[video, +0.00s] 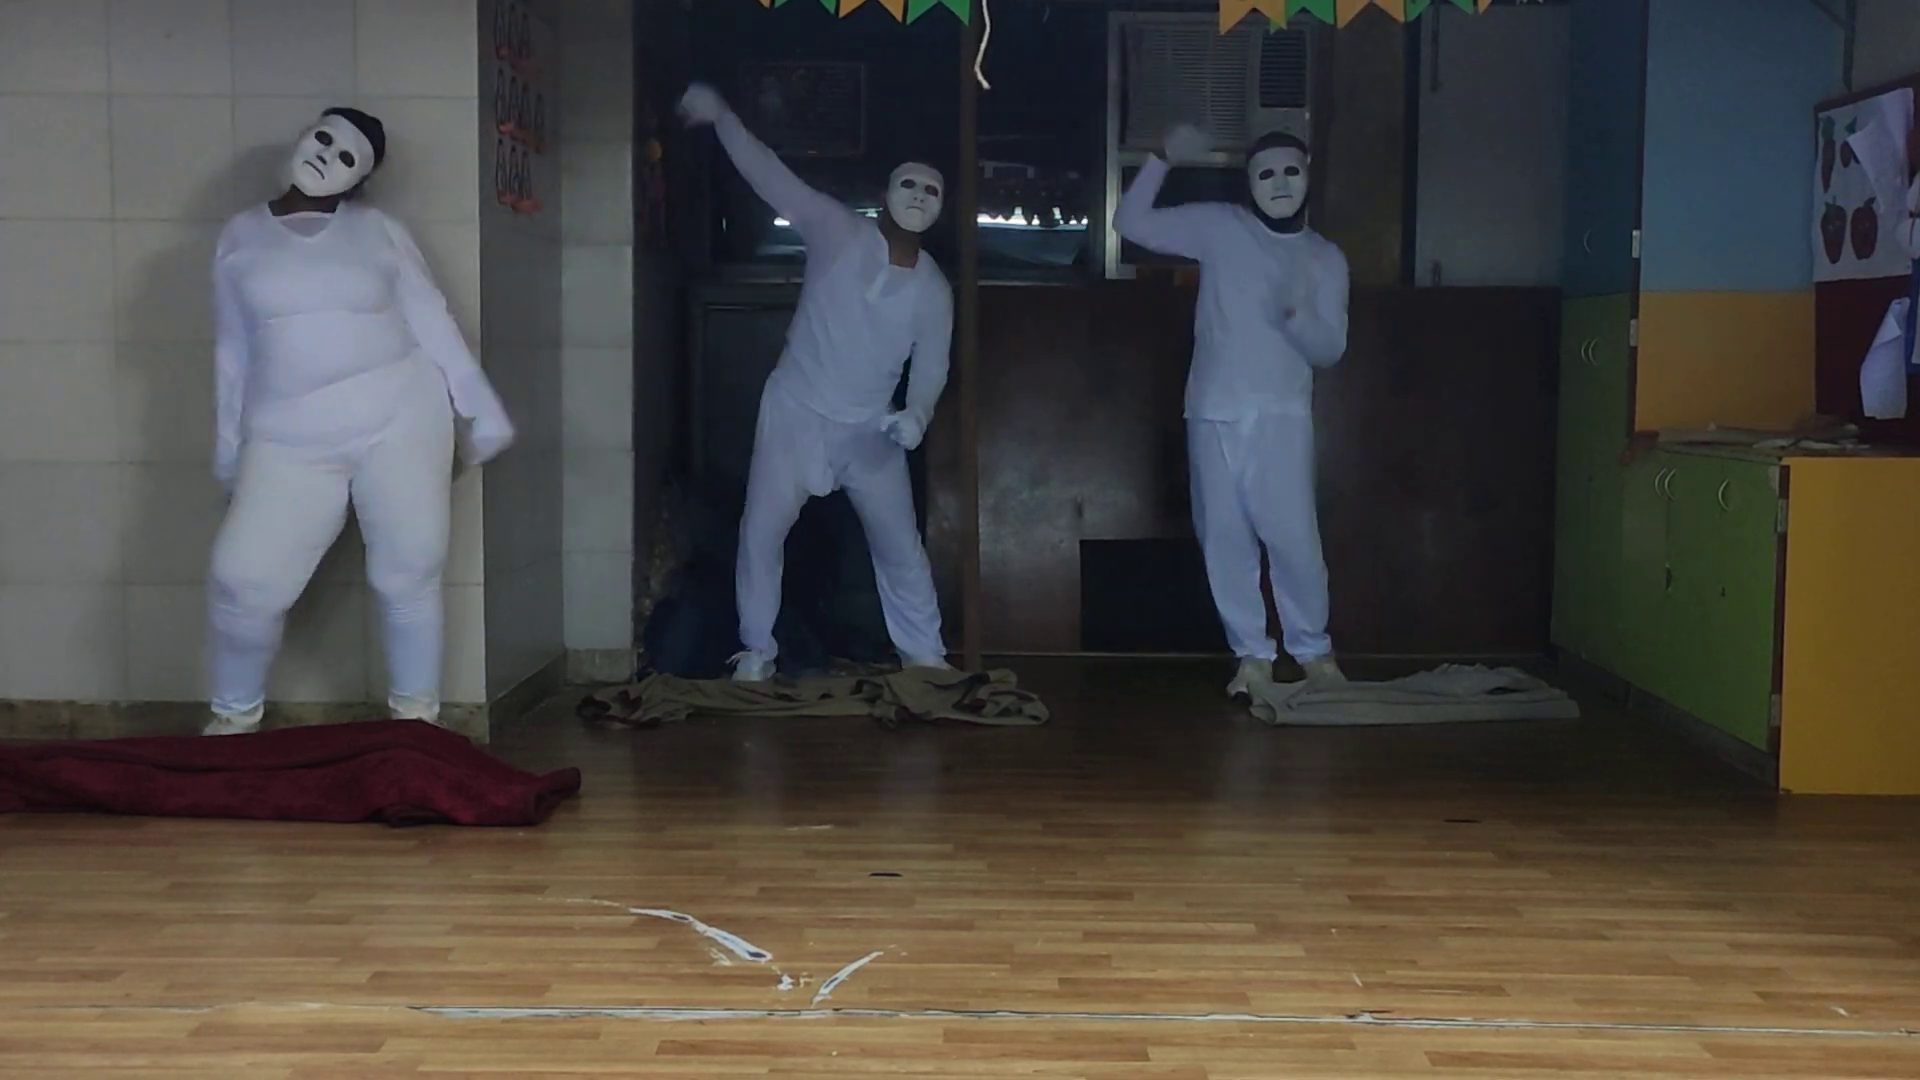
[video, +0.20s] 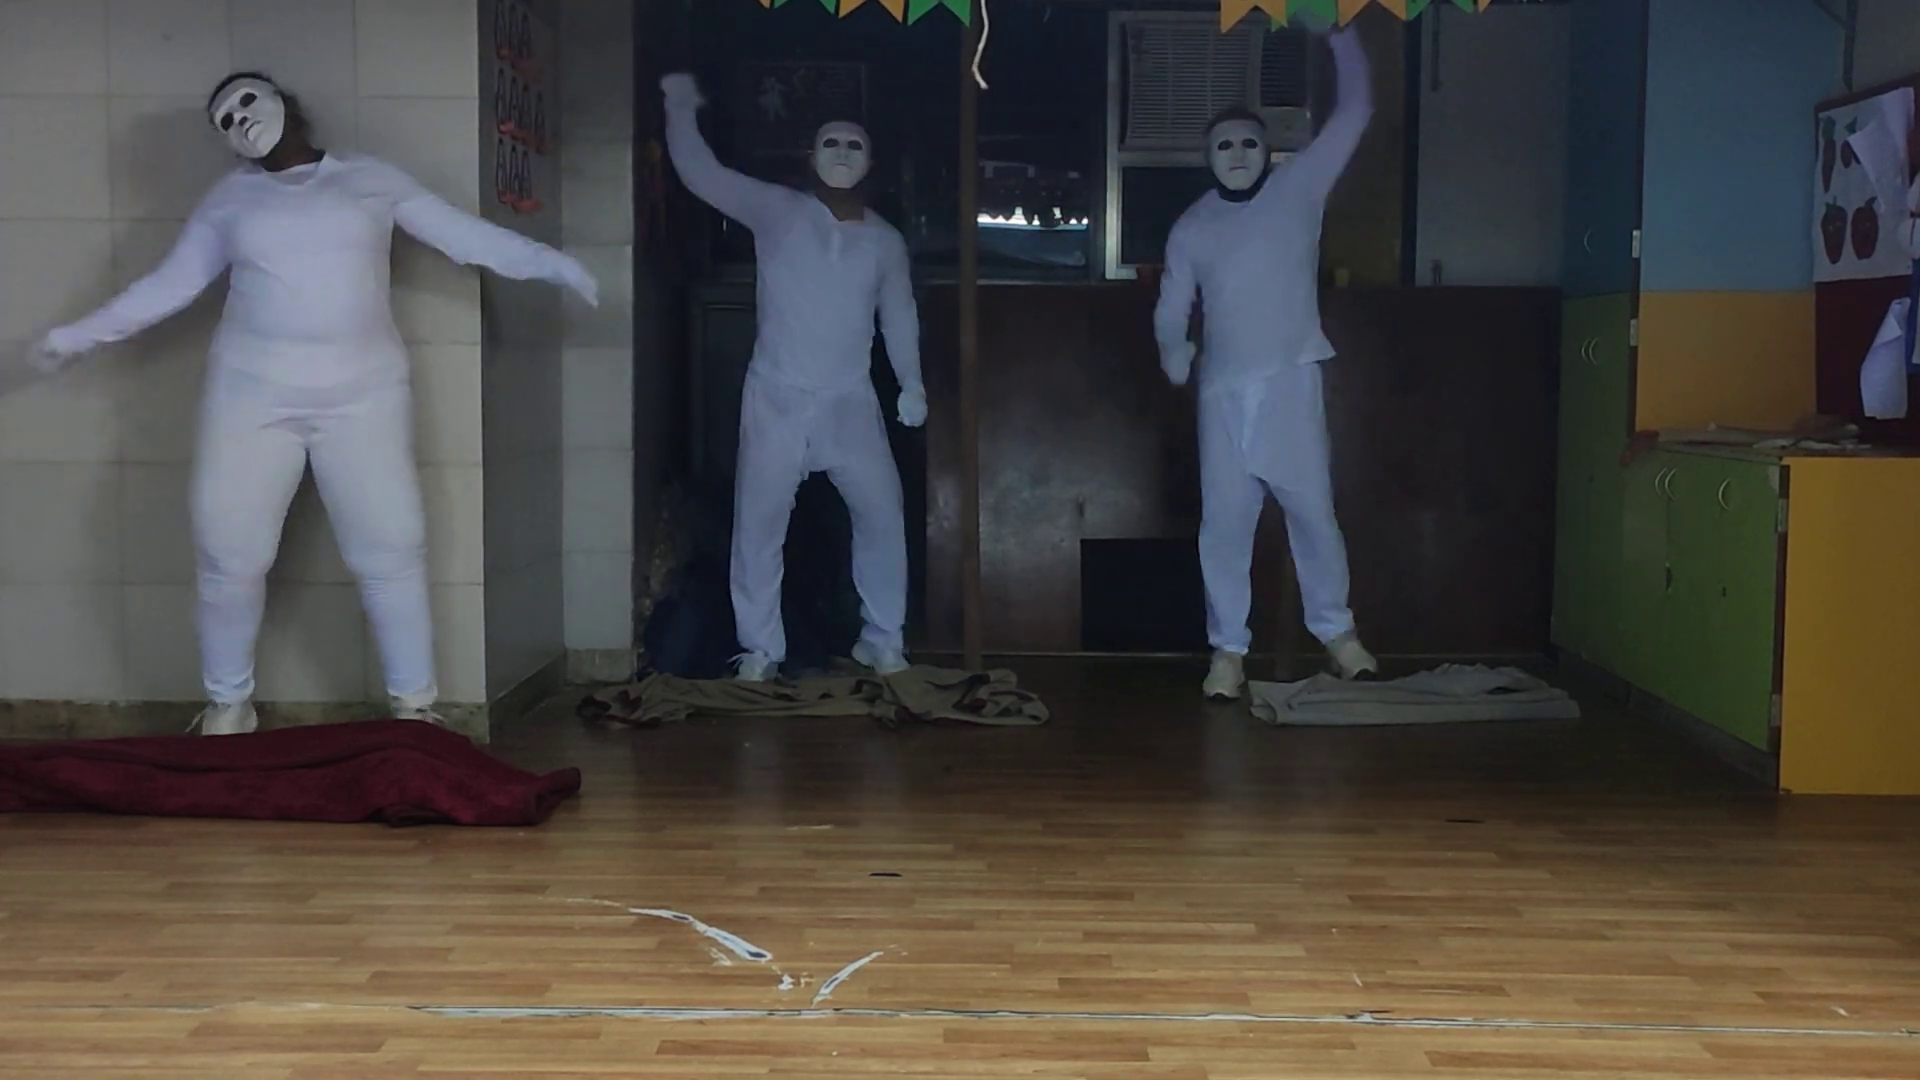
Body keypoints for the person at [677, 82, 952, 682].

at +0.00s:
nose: (919, 199)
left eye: (931, 193)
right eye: (909, 187)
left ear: (939, 209)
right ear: (885, 194)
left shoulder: (932, 290)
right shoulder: (836, 231)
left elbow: (932, 364)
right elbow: (771, 176)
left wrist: (916, 412)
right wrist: (722, 118)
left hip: (871, 428)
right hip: (797, 413)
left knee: (900, 546)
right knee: (761, 532)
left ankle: (926, 661)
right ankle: (756, 654)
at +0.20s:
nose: (842, 156)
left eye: (854, 147)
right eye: (830, 146)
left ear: (869, 162)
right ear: (811, 158)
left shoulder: (885, 241)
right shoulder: (776, 210)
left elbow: (899, 320)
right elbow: (700, 170)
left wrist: (912, 385)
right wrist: (680, 106)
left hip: (851, 403)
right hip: (776, 400)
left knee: (882, 517)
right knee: (759, 528)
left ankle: (883, 645)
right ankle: (759, 652)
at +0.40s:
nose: (816, 149)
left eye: (829, 141)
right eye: (805, 140)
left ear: (847, 154)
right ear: (788, 152)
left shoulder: (874, 232)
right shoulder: (769, 207)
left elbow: (895, 309)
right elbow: (722, 132)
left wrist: (914, 371)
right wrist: (671, 50)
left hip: (849, 399)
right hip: (774, 397)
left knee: (869, 527)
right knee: (763, 527)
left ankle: (842, 645)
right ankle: (758, 650)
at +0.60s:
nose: (842, 164)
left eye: (851, 155)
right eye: (829, 155)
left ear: (866, 168)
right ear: (809, 168)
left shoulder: (889, 244)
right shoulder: (783, 222)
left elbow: (908, 323)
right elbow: (719, 162)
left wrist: (911, 390)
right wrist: (723, 79)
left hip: (857, 413)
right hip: (784, 408)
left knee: (855, 540)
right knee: (769, 530)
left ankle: (836, 651)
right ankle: (759, 650)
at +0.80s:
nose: (849, 181)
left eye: (859, 172)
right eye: (837, 171)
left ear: (873, 183)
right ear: (819, 180)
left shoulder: (894, 256)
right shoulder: (790, 231)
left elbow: (908, 344)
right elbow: (725, 185)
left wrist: (912, 422)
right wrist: (742, 101)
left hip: (856, 410)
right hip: (787, 406)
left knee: (857, 533)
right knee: (783, 524)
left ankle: (838, 646)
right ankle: (781, 643)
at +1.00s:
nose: (845, 230)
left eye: (856, 220)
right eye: (833, 220)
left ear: (870, 229)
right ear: (814, 229)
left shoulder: (887, 298)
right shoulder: (785, 277)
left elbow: (905, 380)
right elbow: (721, 252)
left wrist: (916, 460)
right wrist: (750, 179)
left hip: (849, 431)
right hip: (780, 428)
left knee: (875, 532)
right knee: (785, 536)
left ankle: (839, 649)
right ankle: (784, 647)